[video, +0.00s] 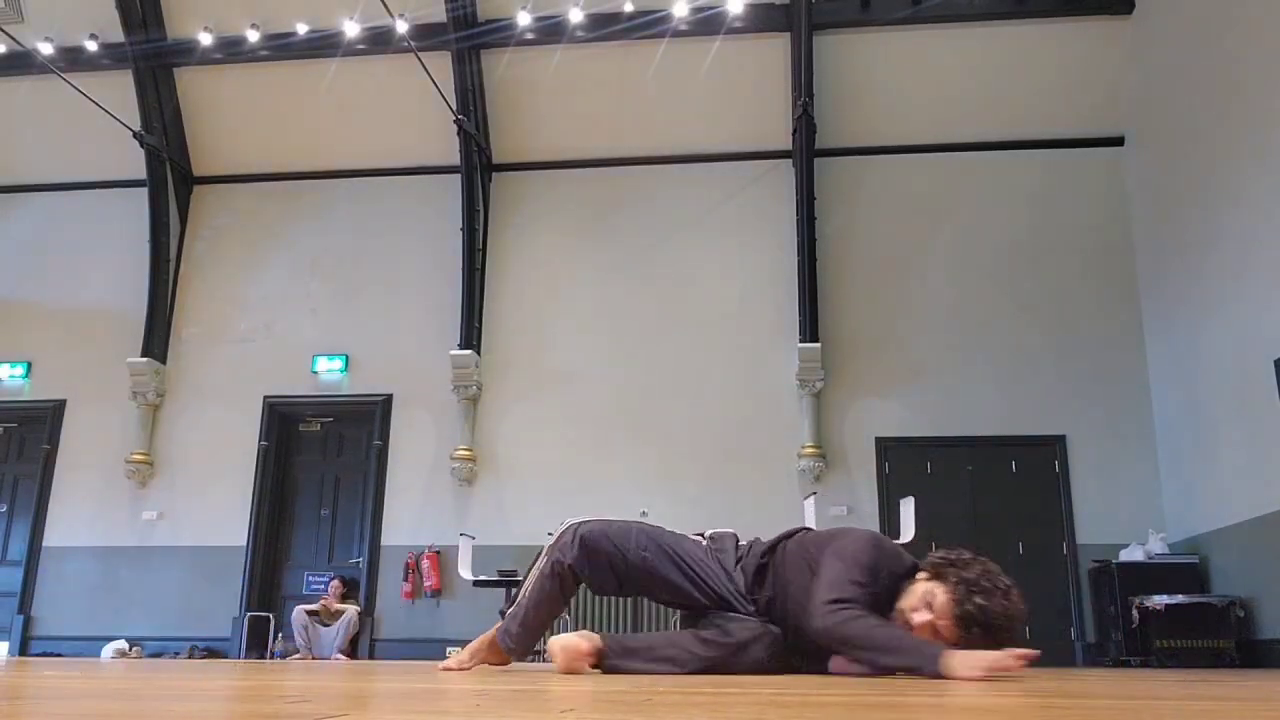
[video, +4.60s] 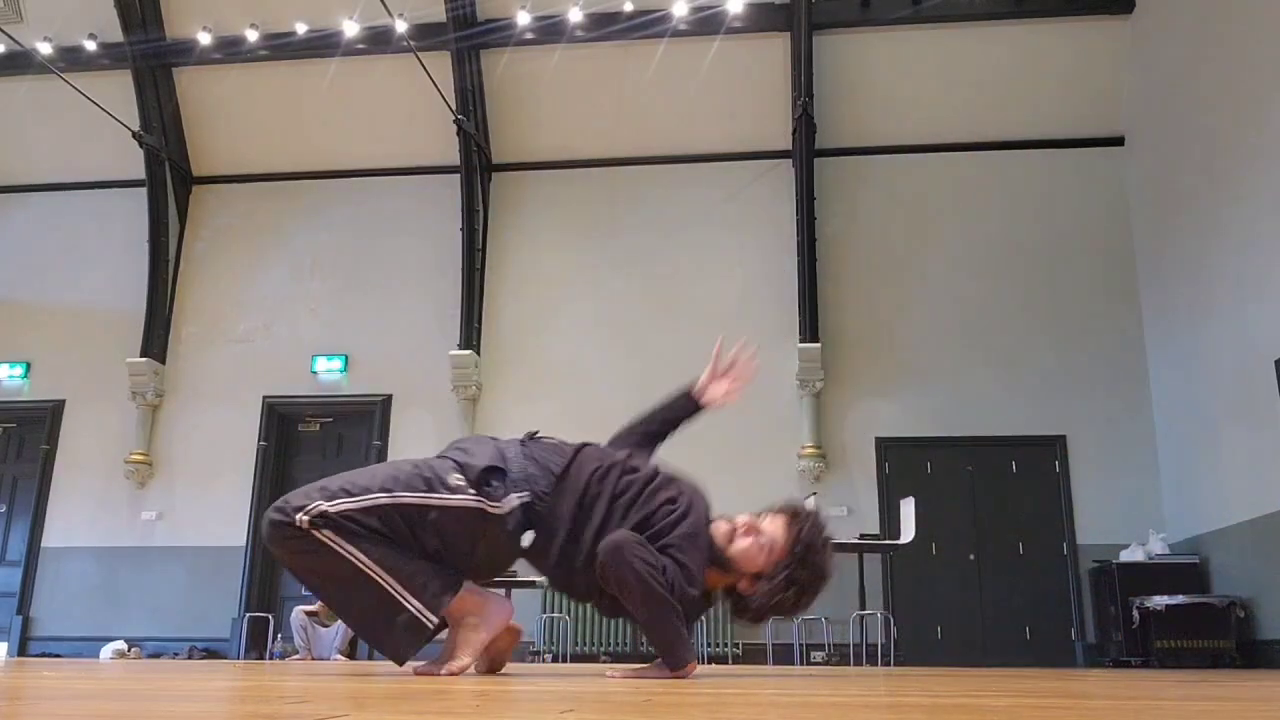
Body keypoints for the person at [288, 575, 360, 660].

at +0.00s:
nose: (333, 591)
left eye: (337, 588)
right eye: (331, 587)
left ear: (344, 590)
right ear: (328, 589)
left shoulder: (349, 603)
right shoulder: (323, 604)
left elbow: (357, 610)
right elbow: (298, 608)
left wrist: (335, 606)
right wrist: (318, 607)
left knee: (352, 614)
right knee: (297, 612)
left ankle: (337, 653)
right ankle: (304, 652)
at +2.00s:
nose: (333, 591)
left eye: (337, 588)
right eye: (331, 588)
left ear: (344, 590)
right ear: (328, 589)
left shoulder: (348, 602)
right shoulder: (323, 602)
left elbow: (357, 610)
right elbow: (297, 608)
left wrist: (334, 606)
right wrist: (316, 607)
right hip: (316, 637)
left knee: (352, 614)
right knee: (297, 612)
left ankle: (336, 653)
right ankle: (304, 653)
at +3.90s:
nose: (333, 591)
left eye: (337, 589)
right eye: (331, 588)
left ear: (343, 591)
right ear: (328, 589)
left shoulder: (348, 603)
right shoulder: (323, 602)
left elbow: (356, 610)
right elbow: (296, 608)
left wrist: (333, 606)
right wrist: (314, 607)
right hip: (316, 636)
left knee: (352, 614)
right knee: (297, 612)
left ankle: (336, 653)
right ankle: (304, 653)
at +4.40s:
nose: (333, 591)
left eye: (337, 589)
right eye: (331, 588)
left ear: (343, 591)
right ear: (327, 590)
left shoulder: (348, 604)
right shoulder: (322, 604)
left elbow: (357, 610)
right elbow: (297, 609)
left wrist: (334, 606)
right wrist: (316, 608)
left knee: (352, 614)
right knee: (296, 612)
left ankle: (336, 653)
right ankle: (304, 653)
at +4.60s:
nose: (321, 607)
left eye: (324, 606)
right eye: (321, 606)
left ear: (333, 609)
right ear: (318, 607)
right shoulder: (308, 623)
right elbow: (297, 610)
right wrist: (314, 608)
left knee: (349, 619)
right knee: (297, 612)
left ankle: (336, 654)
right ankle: (304, 653)